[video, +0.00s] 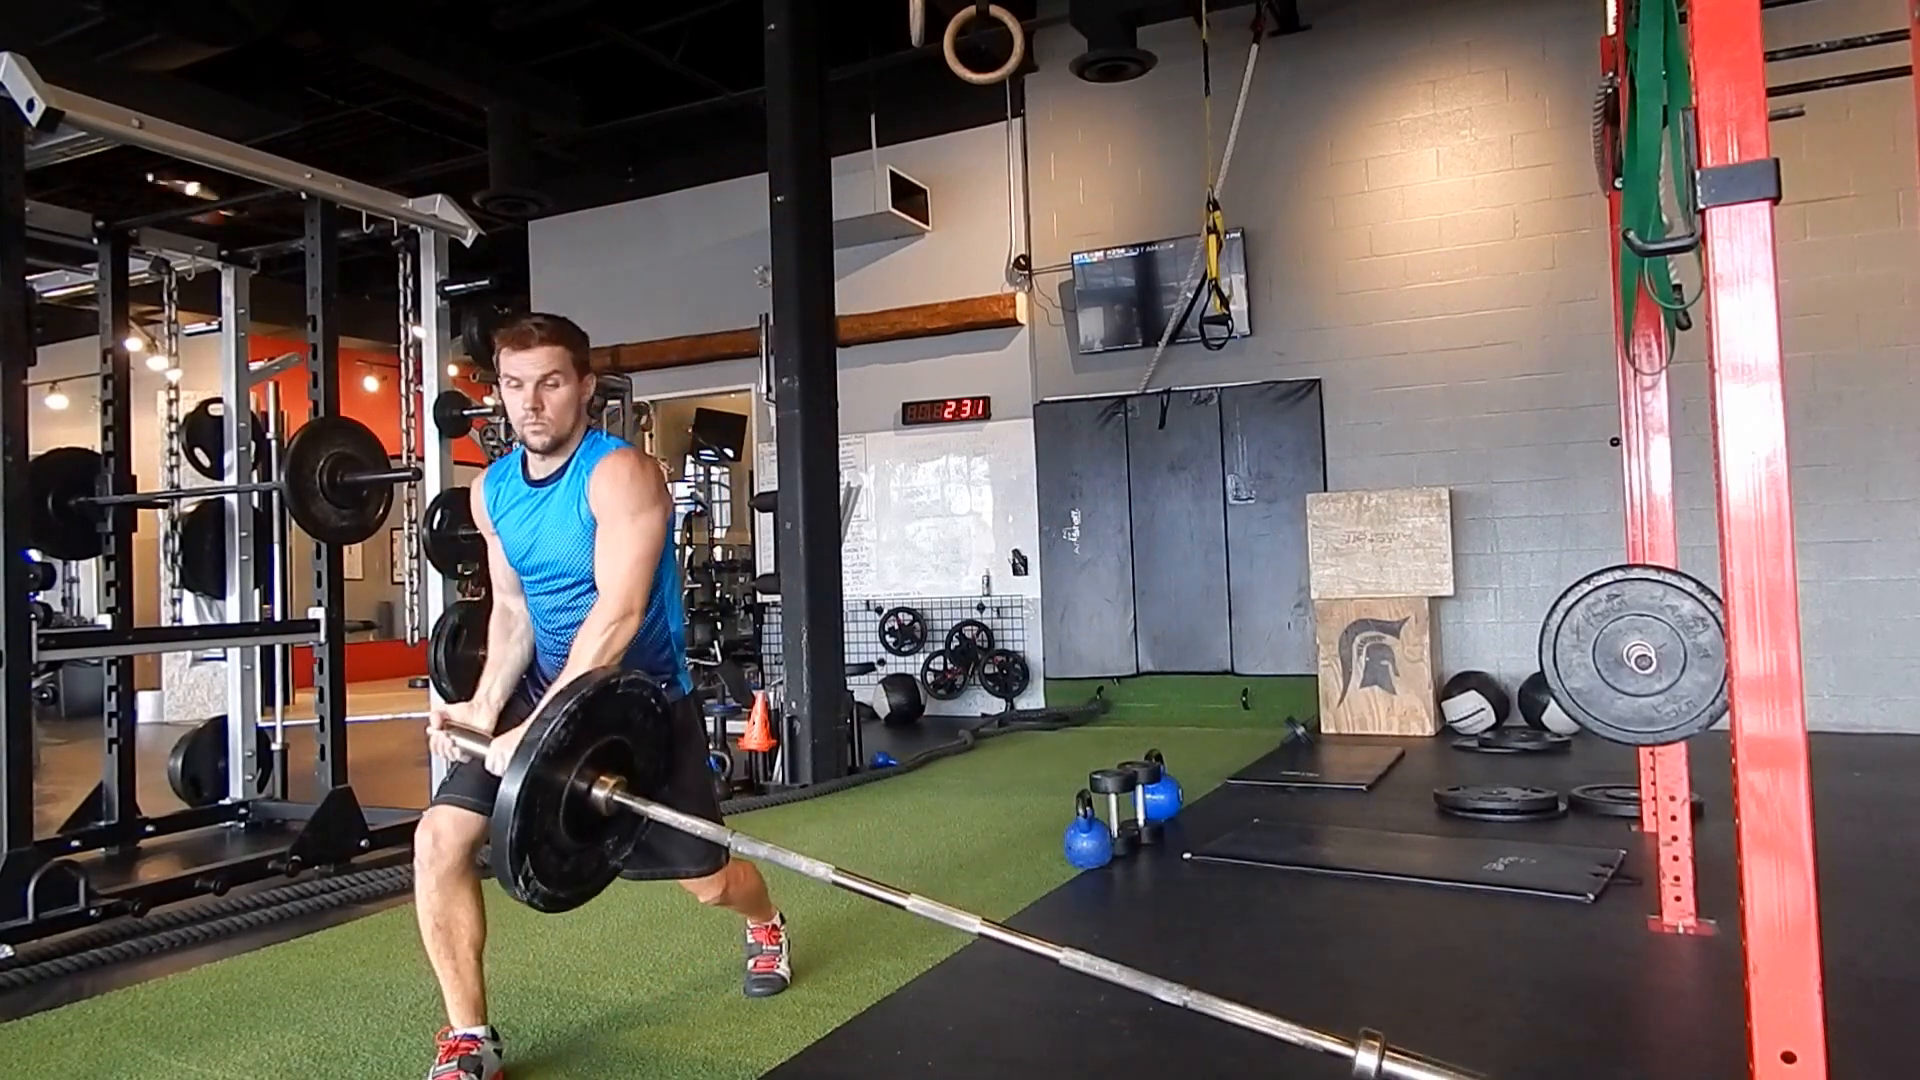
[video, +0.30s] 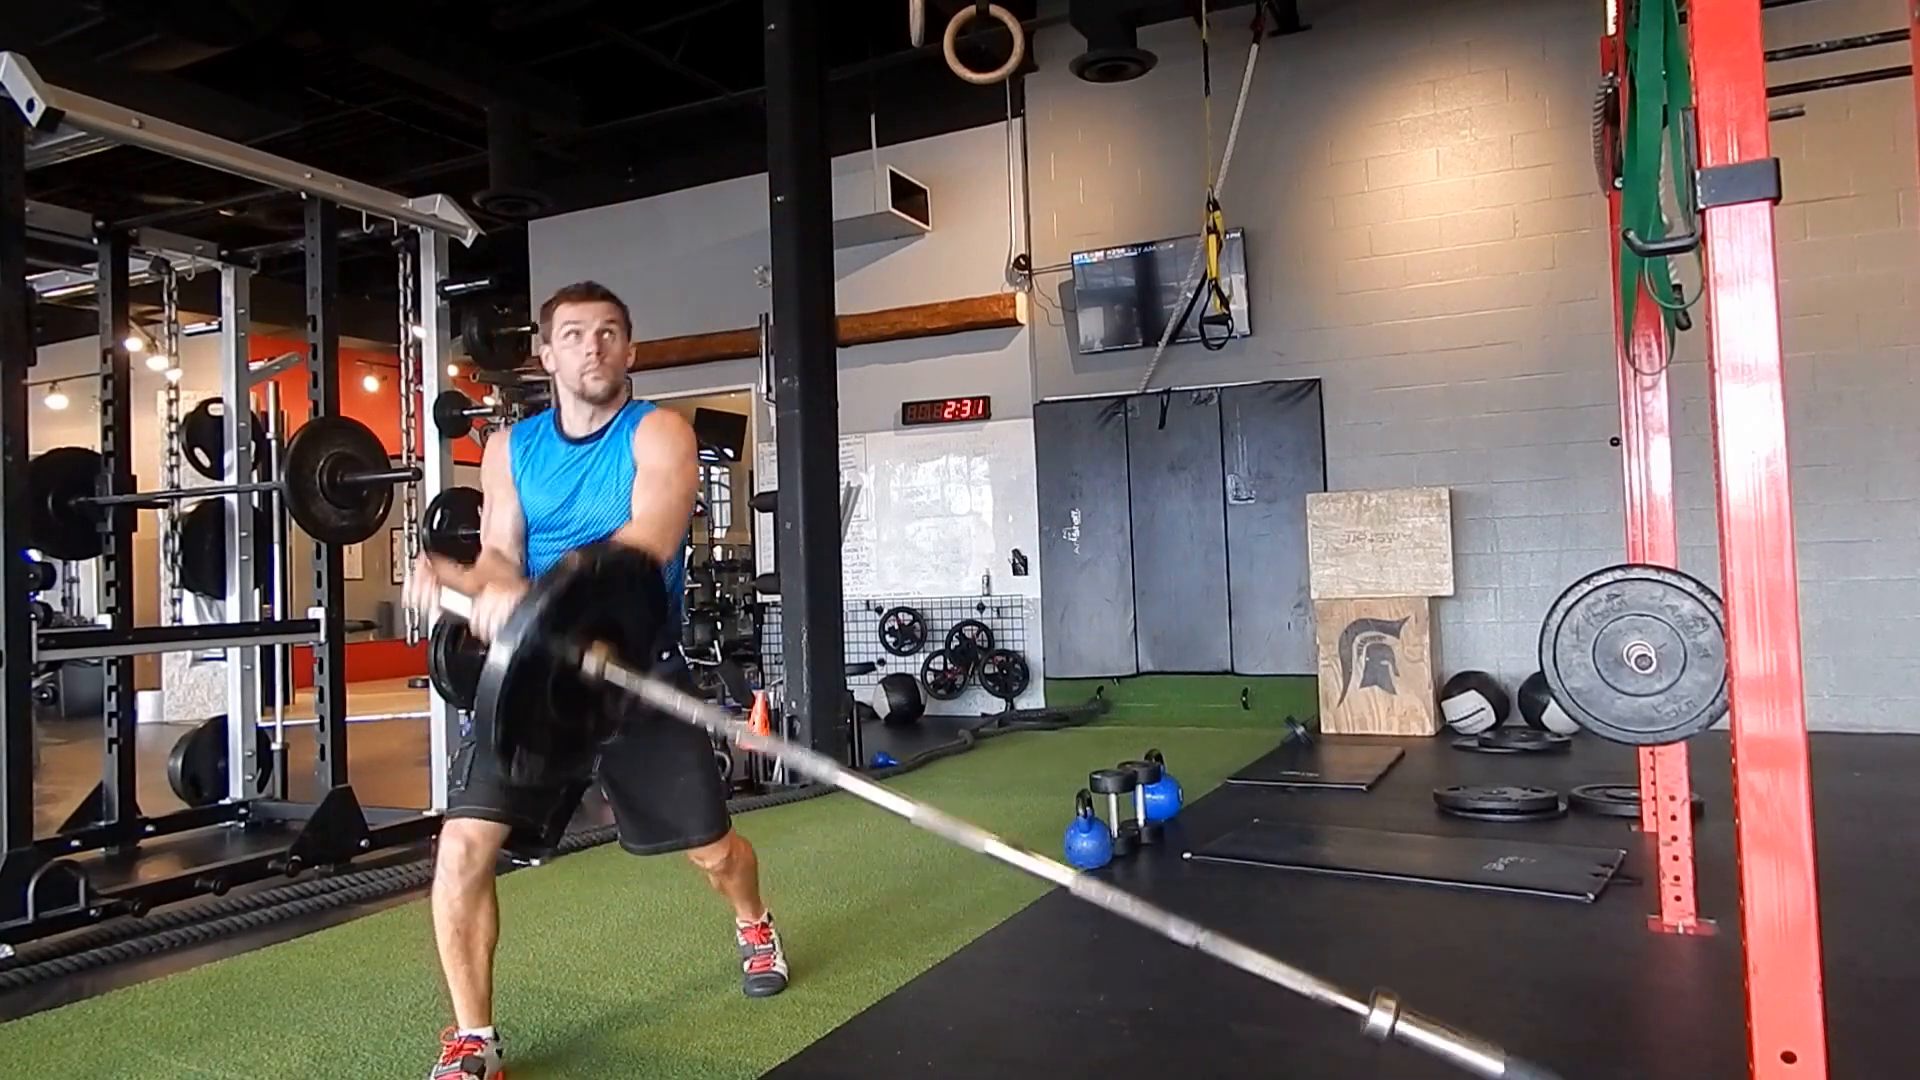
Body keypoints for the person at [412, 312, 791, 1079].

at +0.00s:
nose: (531, 400)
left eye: (549, 381)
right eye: (515, 384)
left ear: (586, 385)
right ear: (501, 393)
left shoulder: (624, 474)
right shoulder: (493, 489)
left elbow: (619, 619)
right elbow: (510, 609)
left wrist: (534, 733)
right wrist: (483, 703)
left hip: (642, 700)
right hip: (539, 700)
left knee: (710, 883)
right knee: (439, 841)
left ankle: (768, 922)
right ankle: (469, 1038)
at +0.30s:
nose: (592, 346)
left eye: (607, 333)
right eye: (573, 335)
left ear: (629, 352)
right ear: (547, 357)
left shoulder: (661, 430)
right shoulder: (509, 447)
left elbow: (645, 554)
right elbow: (500, 568)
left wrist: (514, 592)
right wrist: (457, 585)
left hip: (636, 664)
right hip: (531, 667)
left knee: (714, 848)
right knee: (463, 848)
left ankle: (754, 924)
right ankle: (473, 1036)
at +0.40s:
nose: (614, 327)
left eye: (627, 314)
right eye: (595, 315)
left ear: (643, 331)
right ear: (562, 335)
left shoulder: (668, 404)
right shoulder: (515, 422)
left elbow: (675, 498)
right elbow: (502, 547)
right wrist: (478, 496)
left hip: (654, 667)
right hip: (541, 676)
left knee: (717, 829)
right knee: (482, 840)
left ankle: (729, 929)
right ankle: (475, 1035)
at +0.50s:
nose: (625, 309)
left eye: (637, 297)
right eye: (607, 296)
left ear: (649, 310)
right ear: (569, 310)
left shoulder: (665, 385)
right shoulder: (529, 388)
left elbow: (728, 433)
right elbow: (509, 479)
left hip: (657, 648)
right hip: (551, 650)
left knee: (714, 807)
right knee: (512, 838)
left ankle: (696, 944)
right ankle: (477, 1033)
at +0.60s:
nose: (636, 300)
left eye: (645, 287)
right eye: (619, 284)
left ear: (654, 300)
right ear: (580, 293)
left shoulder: (667, 385)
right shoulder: (533, 376)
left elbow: (739, 377)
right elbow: (527, 401)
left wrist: (696, 296)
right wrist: (588, 271)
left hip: (661, 638)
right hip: (563, 638)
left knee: (708, 794)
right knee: (548, 826)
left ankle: (687, 953)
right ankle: (483, 1026)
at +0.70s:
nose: (648, 293)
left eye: (653, 280)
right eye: (630, 283)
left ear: (659, 298)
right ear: (586, 300)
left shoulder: (675, 371)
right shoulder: (536, 371)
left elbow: (752, 316)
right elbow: (580, 315)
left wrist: (736, 228)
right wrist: (655, 204)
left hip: (664, 636)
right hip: (569, 635)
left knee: (702, 787)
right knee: (568, 828)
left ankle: (684, 956)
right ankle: (485, 1028)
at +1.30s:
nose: (694, 300)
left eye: (693, 290)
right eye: (680, 288)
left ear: (661, 302)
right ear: (627, 300)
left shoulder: (681, 374)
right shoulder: (590, 362)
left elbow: (773, 351)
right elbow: (703, 298)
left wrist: (850, 267)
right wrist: (806, 209)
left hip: (668, 643)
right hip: (594, 643)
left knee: (705, 793)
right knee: (582, 846)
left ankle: (682, 957)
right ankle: (490, 1031)